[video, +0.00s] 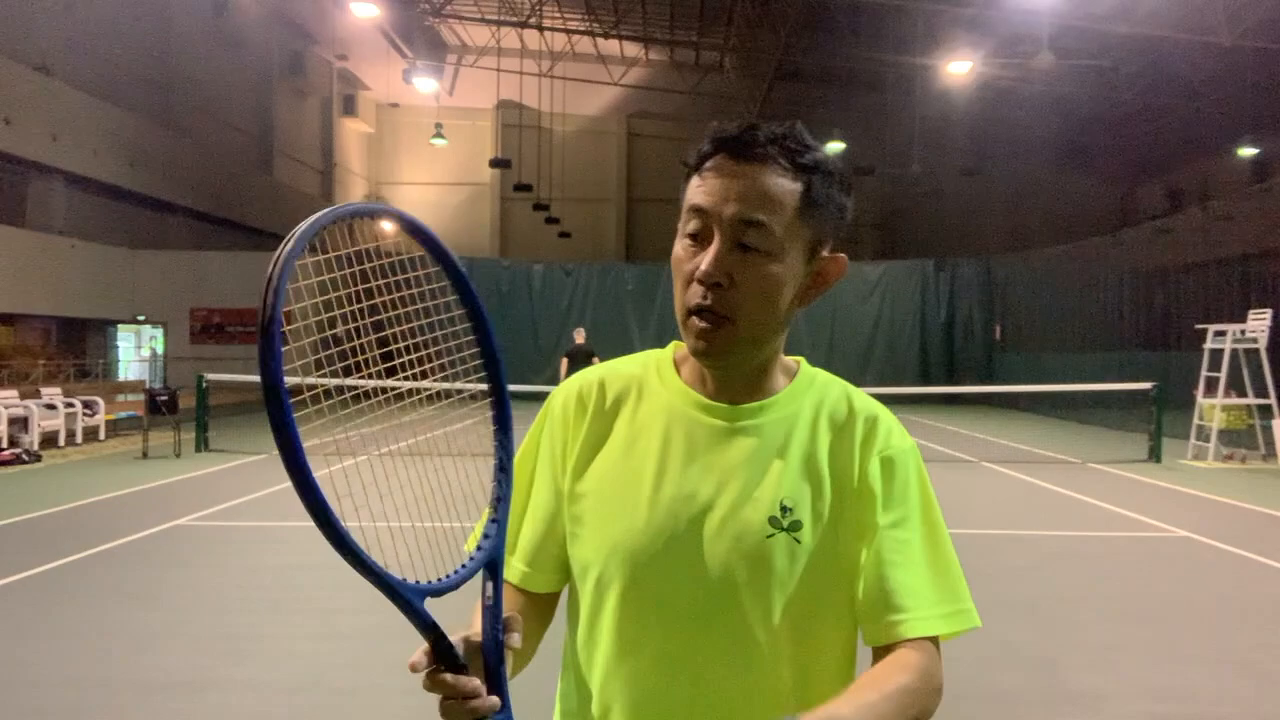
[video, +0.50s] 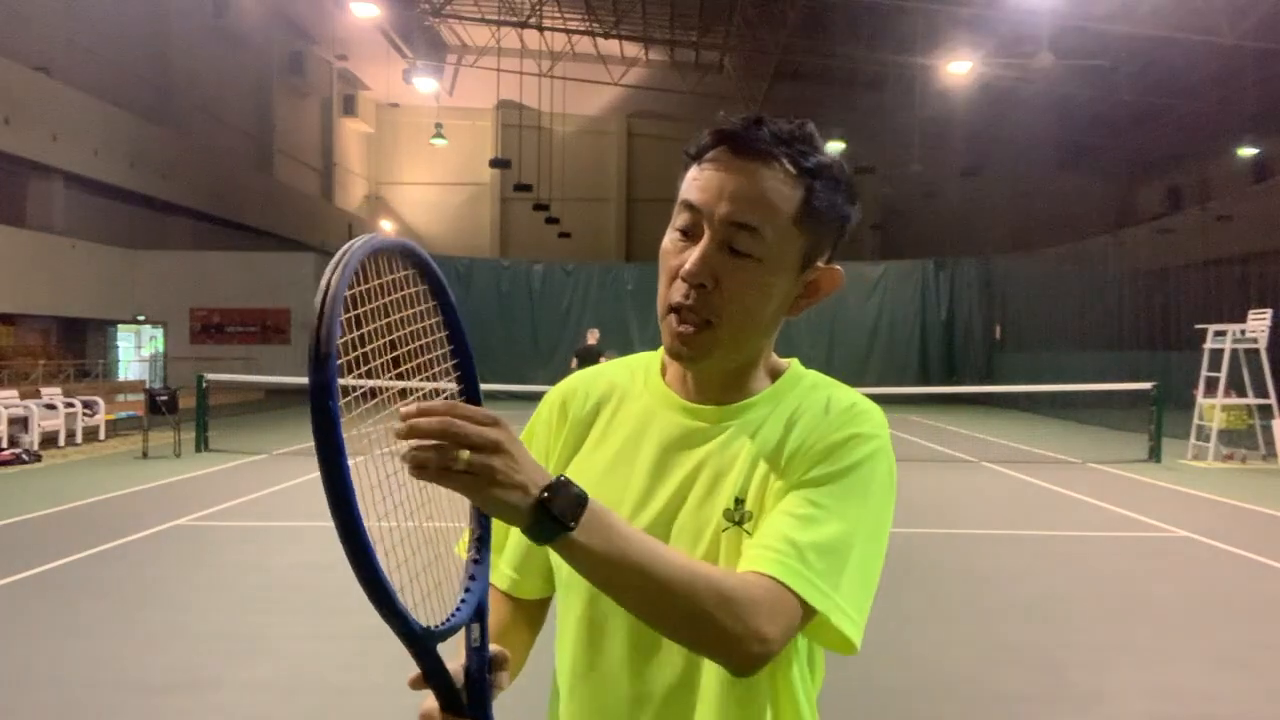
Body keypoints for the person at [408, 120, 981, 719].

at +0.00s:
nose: (707, 270)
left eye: (751, 245)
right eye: (696, 234)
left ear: (818, 277)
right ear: (674, 240)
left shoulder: (863, 439)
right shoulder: (582, 409)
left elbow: (914, 670)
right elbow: (519, 601)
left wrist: (811, 716)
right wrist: (475, 661)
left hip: (770, 706)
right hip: (601, 710)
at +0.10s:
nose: (716, 269)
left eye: (760, 245)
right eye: (707, 230)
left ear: (828, 283)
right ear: (686, 234)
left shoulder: (870, 438)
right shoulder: (592, 404)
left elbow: (899, 677)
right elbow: (523, 589)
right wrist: (485, 651)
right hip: (603, 710)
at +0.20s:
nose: (717, 269)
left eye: (763, 247)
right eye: (710, 230)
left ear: (833, 286)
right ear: (689, 232)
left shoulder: (870, 437)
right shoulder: (597, 400)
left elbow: (864, 668)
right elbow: (523, 584)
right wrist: (493, 652)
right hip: (600, 706)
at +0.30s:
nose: (712, 270)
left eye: (759, 247)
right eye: (705, 232)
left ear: (830, 289)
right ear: (685, 234)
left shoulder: (864, 435)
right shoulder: (592, 402)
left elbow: (822, 649)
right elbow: (520, 590)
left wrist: (618, 538)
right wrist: (490, 658)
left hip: (768, 710)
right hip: (597, 706)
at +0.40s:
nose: (704, 269)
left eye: (750, 247)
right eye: (697, 232)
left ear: (820, 292)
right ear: (676, 236)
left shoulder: (850, 433)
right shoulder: (585, 402)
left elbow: (785, 633)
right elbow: (517, 588)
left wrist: (572, 514)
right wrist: (489, 661)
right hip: (592, 705)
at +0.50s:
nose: (692, 268)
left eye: (740, 247)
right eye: (686, 230)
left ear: (808, 290)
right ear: (665, 233)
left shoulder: (839, 432)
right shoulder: (576, 404)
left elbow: (751, 628)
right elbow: (511, 595)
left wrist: (544, 501)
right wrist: (476, 670)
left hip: (741, 715)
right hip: (584, 711)